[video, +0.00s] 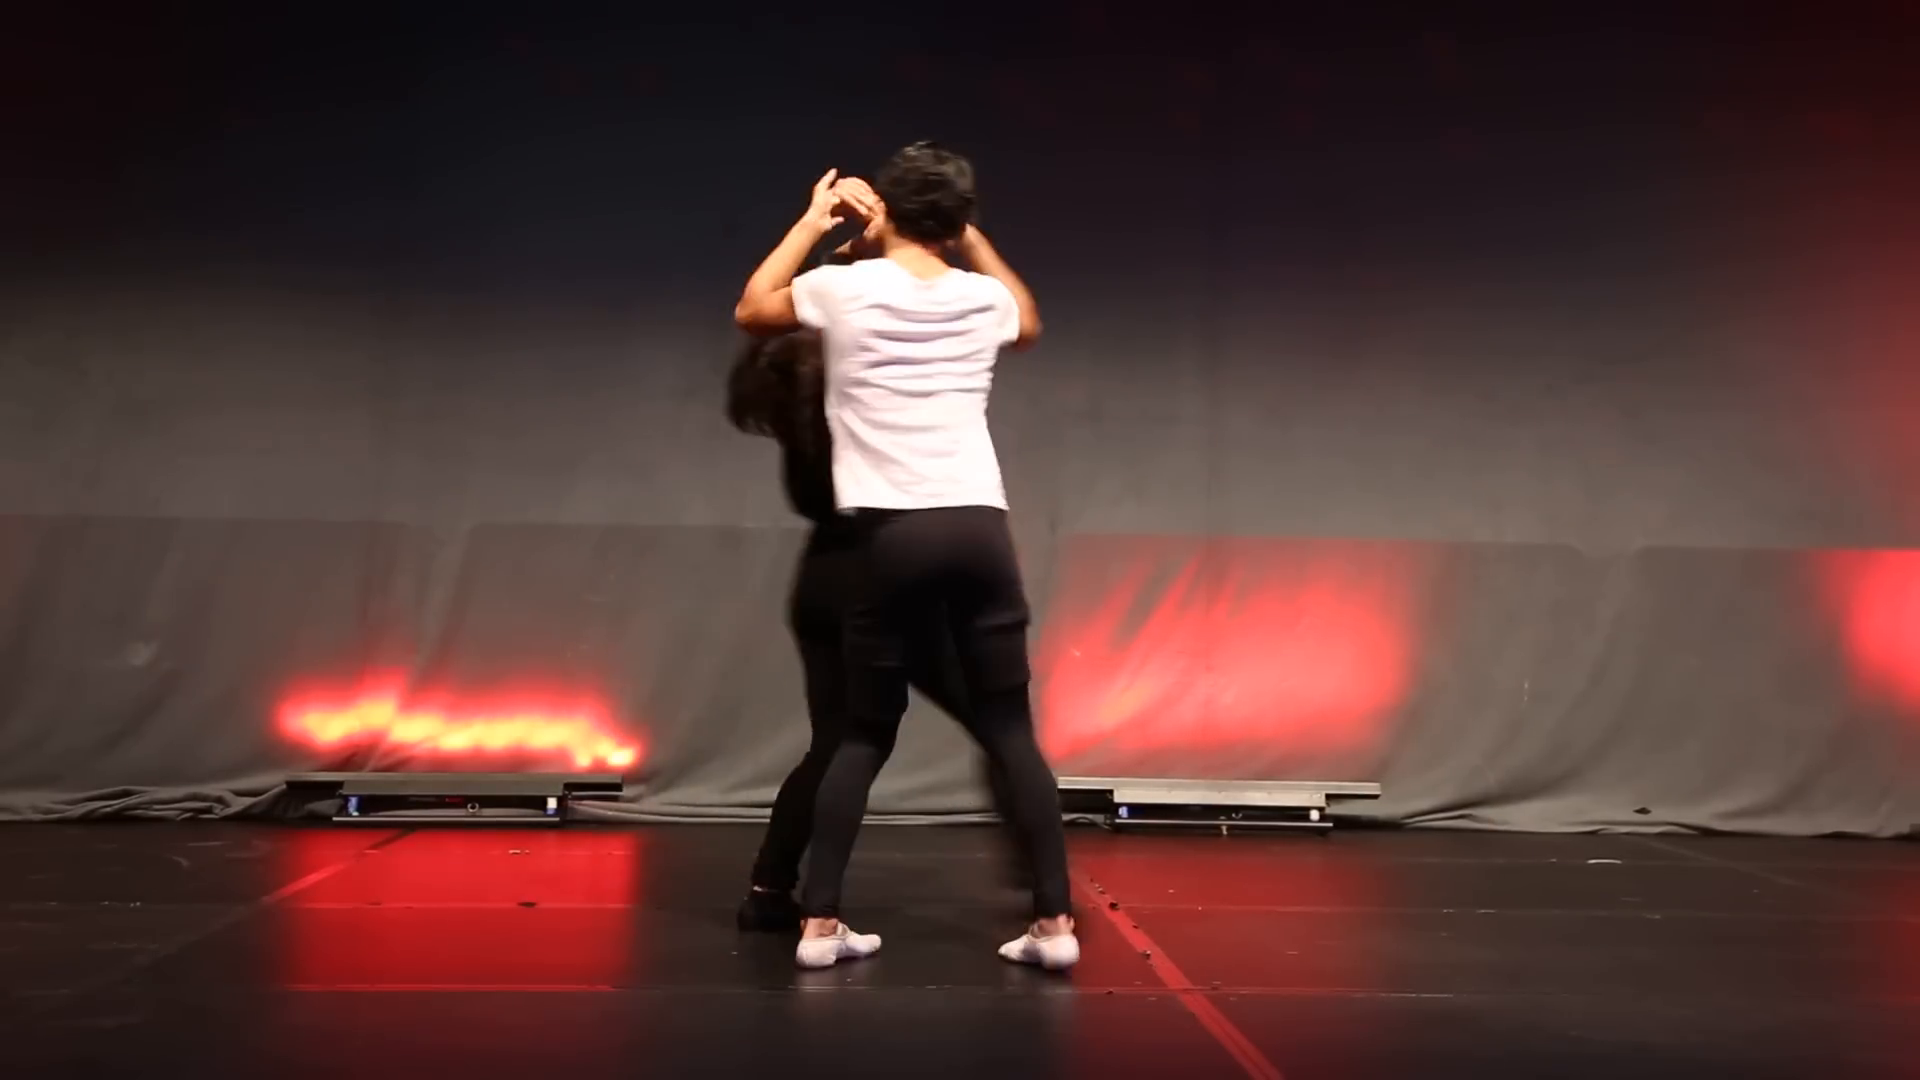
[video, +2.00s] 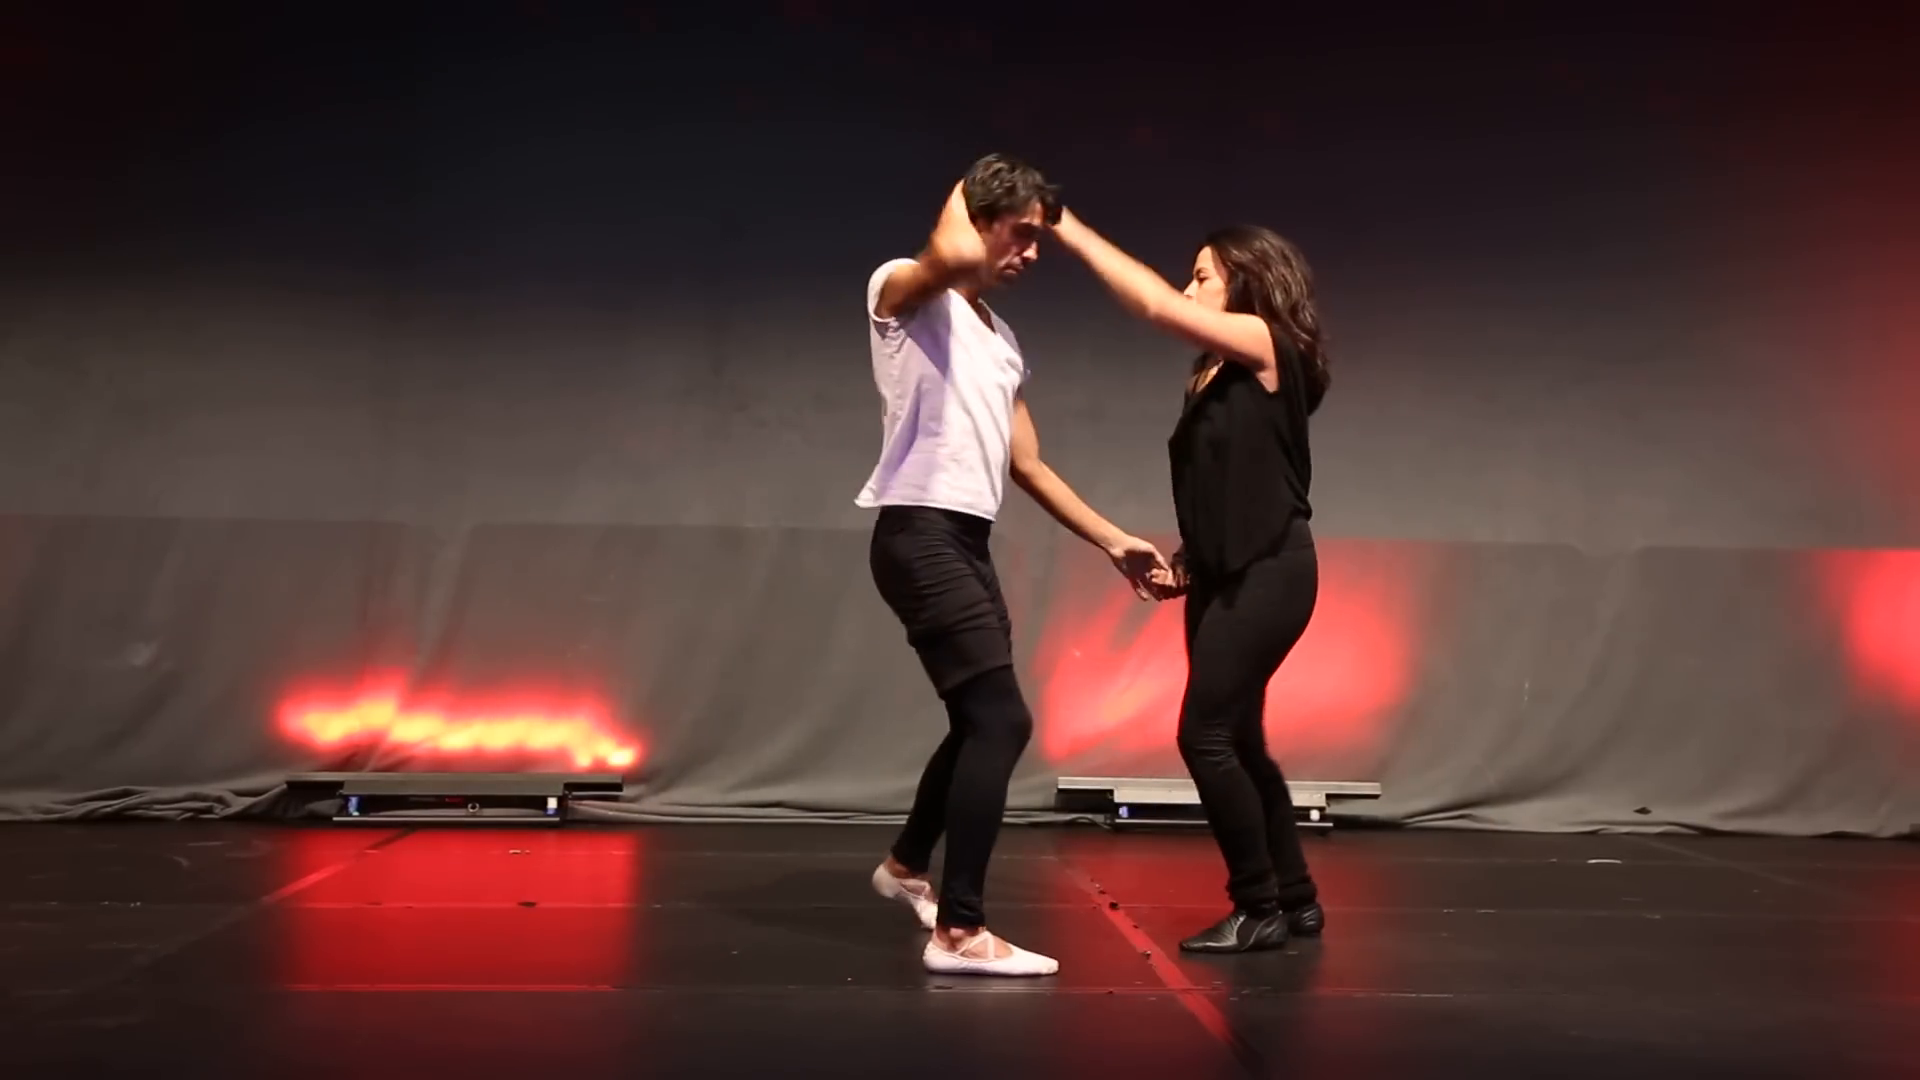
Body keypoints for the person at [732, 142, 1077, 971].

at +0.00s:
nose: (871, 223)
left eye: (875, 212)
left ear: (882, 220)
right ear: (959, 227)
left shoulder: (841, 290)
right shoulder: (983, 299)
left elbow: (753, 307)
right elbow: (1024, 316)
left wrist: (812, 223)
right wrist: (959, 234)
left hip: (881, 531)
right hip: (978, 528)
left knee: (860, 733)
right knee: (1010, 729)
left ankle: (818, 923)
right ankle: (1055, 924)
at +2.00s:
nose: (1029, 255)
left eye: (1038, 241)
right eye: (1022, 237)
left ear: (1032, 242)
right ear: (976, 225)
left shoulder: (997, 342)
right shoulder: (899, 292)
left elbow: (1029, 466)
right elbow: (948, 262)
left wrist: (1119, 543)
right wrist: (960, 201)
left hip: (963, 539)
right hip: (918, 535)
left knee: (984, 719)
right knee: (997, 720)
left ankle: (906, 866)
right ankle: (958, 932)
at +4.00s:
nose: (877, 203)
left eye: (889, 188)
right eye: (876, 189)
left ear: (935, 194)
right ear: (903, 197)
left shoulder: (984, 285)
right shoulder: (902, 315)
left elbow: (884, 255)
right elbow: (822, 421)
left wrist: (832, 144)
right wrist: (732, 438)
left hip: (983, 539)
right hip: (937, 538)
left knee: (925, 722)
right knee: (872, 709)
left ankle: (974, 929)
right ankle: (876, 894)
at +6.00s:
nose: (789, 241)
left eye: (787, 228)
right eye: (790, 229)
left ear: (712, 216)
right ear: (776, 226)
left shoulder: (651, 279)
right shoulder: (805, 320)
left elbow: (613, 392)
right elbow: (838, 458)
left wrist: (715, 442)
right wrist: (887, 530)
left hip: (699, 526)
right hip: (781, 534)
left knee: (670, 723)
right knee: (772, 717)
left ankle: (737, 910)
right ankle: (781, 904)